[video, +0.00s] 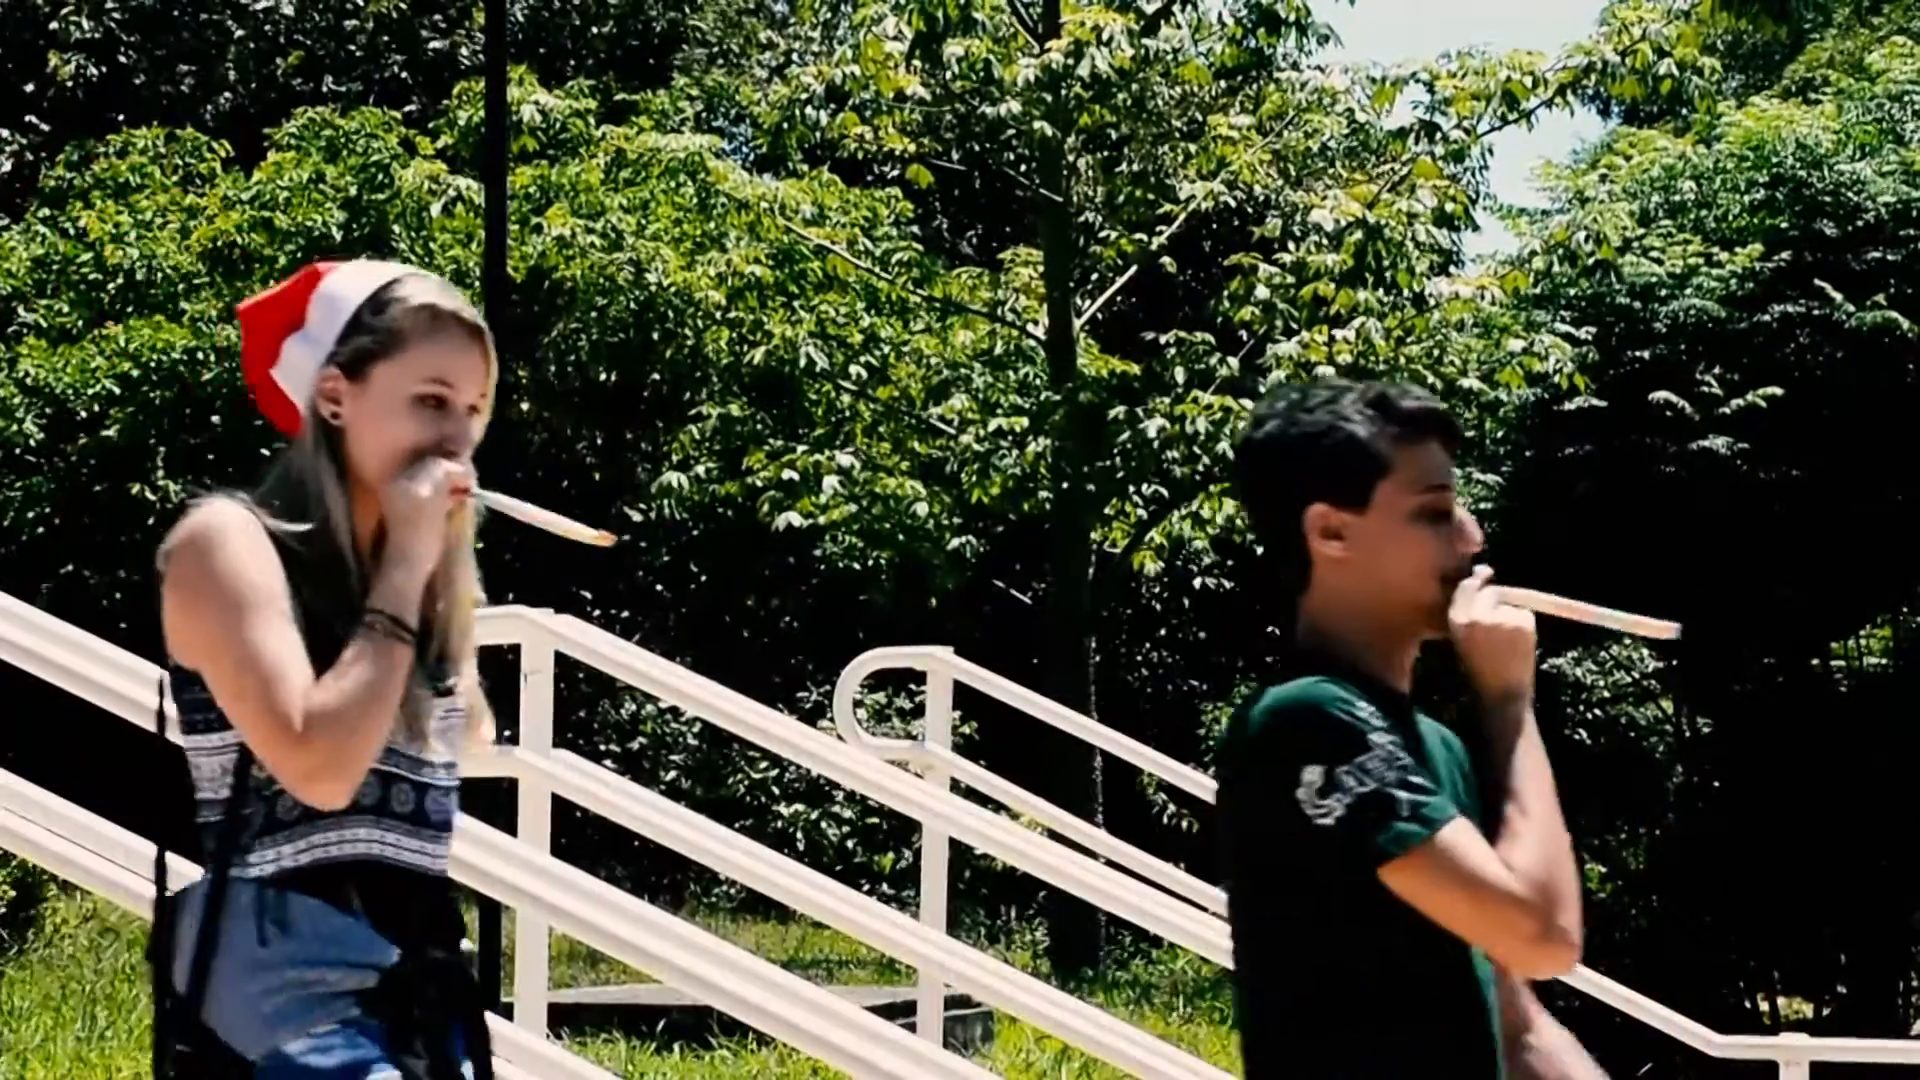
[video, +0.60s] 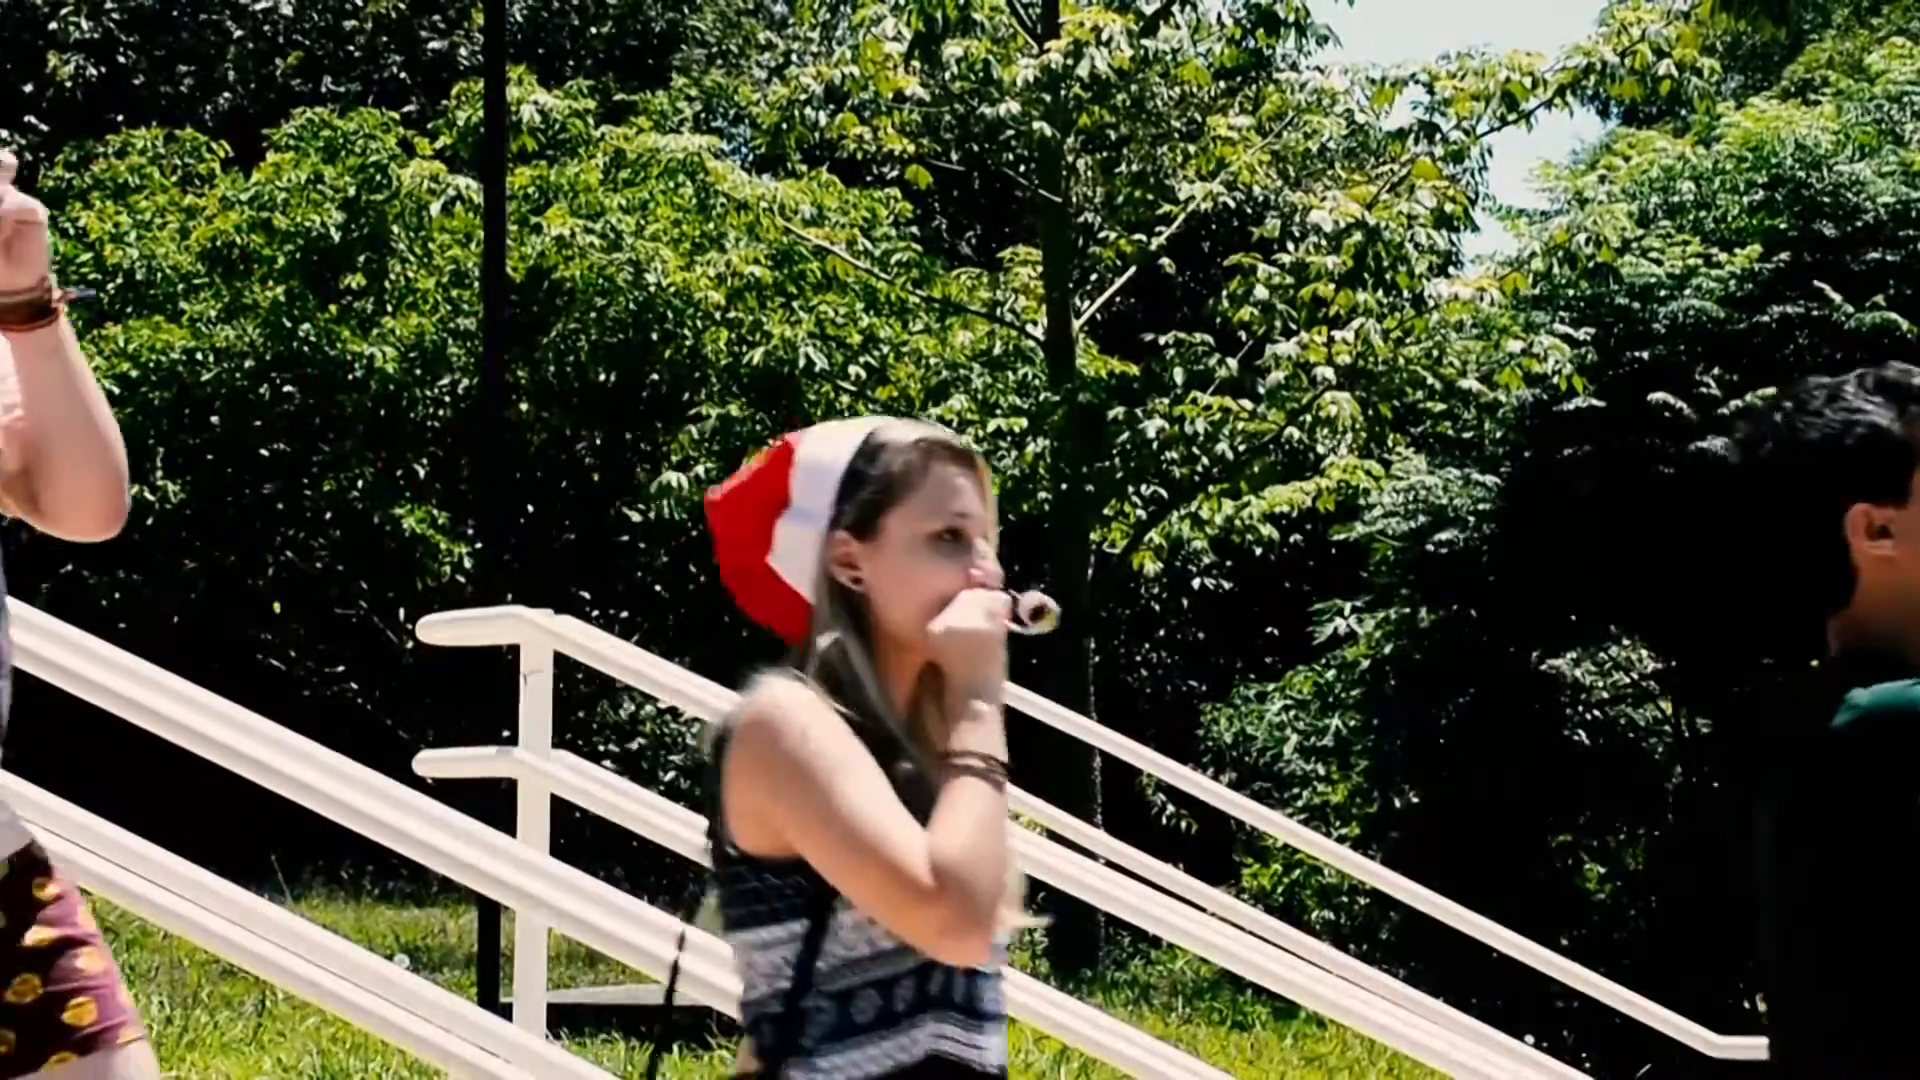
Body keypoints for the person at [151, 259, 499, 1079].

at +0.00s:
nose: (460, 439)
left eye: (474, 412)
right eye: (431, 402)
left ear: (486, 420)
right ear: (336, 394)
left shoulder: (415, 564)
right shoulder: (221, 540)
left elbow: (468, 737)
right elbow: (318, 764)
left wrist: (450, 562)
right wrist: (407, 565)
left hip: (420, 973)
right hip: (287, 974)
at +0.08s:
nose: (519, 445)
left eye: (533, 418)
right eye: (490, 407)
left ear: (545, 425)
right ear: (395, 403)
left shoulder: (483, 584)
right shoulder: (284, 555)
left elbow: (476, 860)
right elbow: (386, 779)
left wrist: (561, 1037)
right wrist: (465, 580)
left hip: (488, 972)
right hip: (355, 977)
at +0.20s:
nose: (606, 484)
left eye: (618, 457)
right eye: (574, 448)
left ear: (629, 465)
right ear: (477, 452)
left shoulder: (567, 635)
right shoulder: (378, 608)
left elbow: (574, 908)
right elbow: (497, 831)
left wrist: (734, 1024)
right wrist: (563, 622)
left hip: (600, 1035)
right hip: (471, 1040)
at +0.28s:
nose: (675, 533)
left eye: (686, 508)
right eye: (643, 498)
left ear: (695, 519)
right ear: (543, 506)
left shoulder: (637, 691)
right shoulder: (449, 665)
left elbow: (651, 963)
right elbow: (585, 881)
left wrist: (829, 1047)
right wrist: (641, 669)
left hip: (663, 1057)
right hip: (541, 1056)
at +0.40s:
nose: (784, 551)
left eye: (791, 522)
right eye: (750, 516)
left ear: (801, 532)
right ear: (650, 529)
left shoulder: (735, 709)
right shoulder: (559, 695)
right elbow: (715, 905)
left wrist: (779, 1053)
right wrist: (754, 689)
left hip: (748, 1053)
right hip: (620, 1055)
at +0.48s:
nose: (865, 539)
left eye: (870, 511)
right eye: (829, 507)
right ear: (730, 524)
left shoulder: (798, 689)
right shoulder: (647, 684)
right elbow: (814, 891)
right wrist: (841, 678)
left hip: (823, 1052)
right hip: (702, 1057)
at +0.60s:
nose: (988, 568)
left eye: (989, 543)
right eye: (951, 539)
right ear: (850, 560)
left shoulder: (924, 731)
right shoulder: (780, 721)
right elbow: (958, 921)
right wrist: (979, 700)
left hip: (954, 1053)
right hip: (835, 1066)